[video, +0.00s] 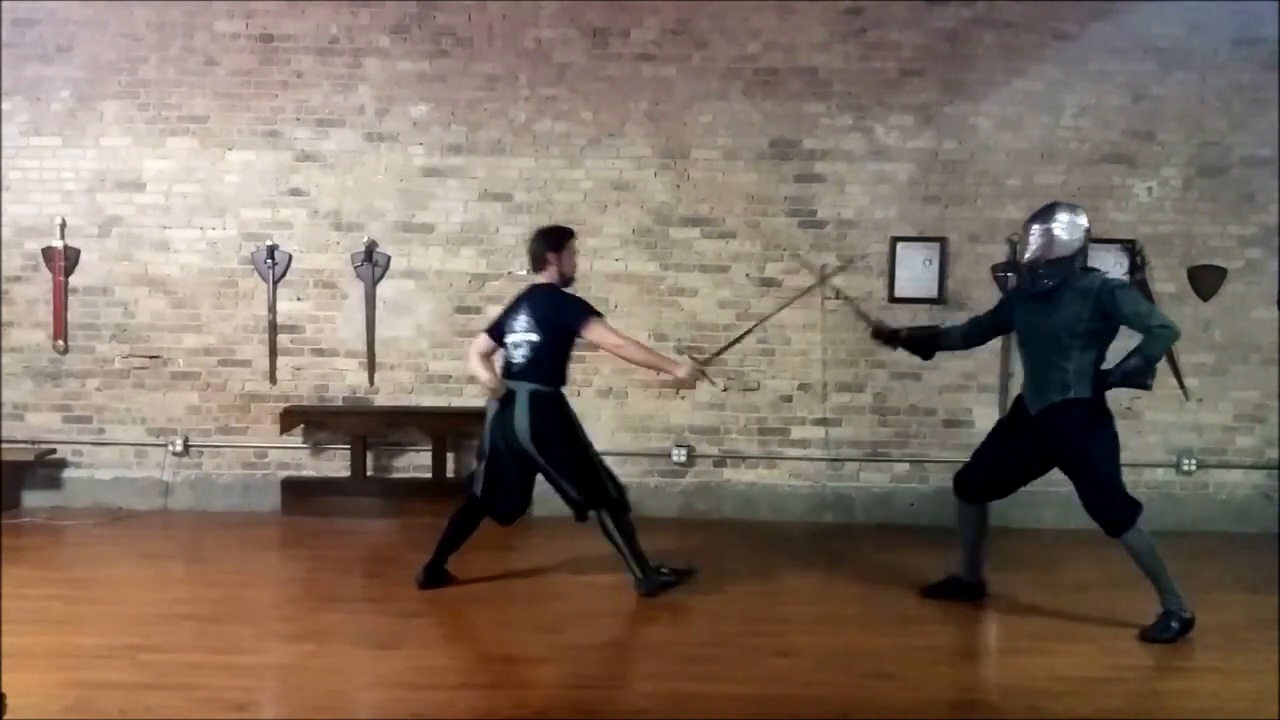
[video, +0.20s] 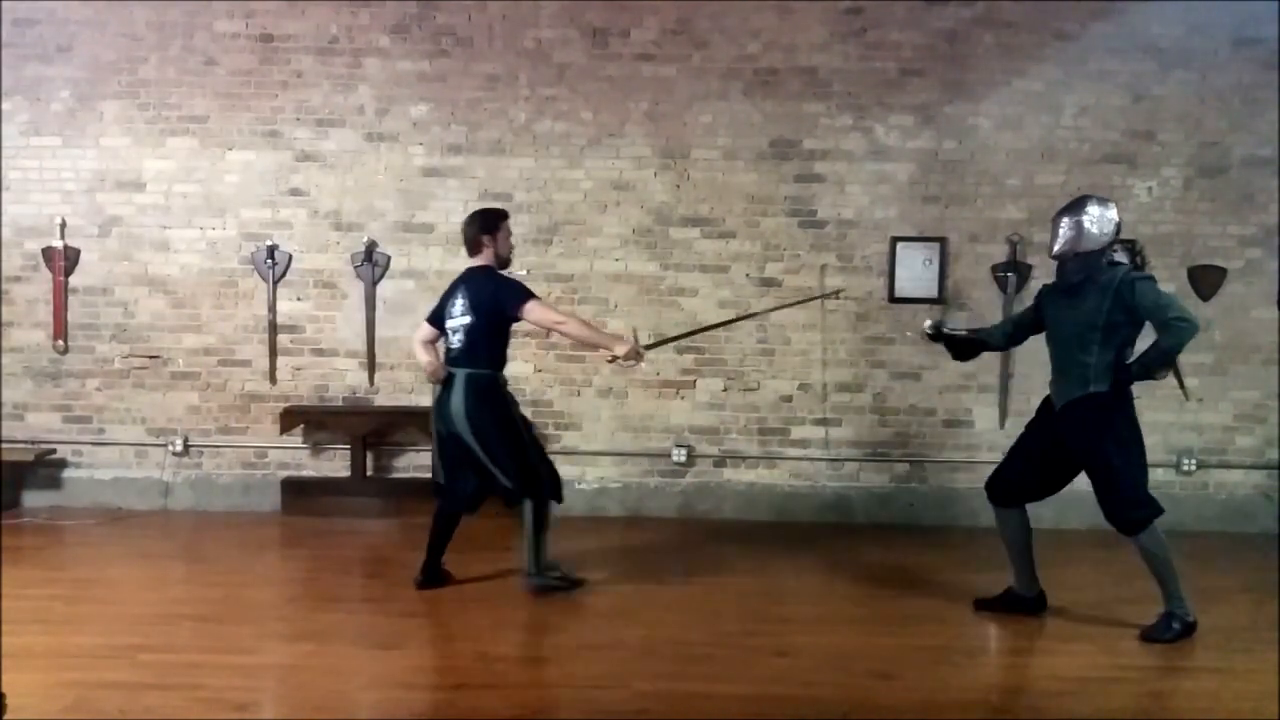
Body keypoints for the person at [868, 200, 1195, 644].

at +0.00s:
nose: (1029, 253)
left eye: (1040, 245)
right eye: (1029, 243)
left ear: (1065, 247)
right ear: (1032, 244)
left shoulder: (1101, 290)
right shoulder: (1022, 298)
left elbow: (1163, 330)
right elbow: (968, 334)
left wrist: (1120, 373)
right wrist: (902, 338)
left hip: (1082, 418)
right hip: (1030, 418)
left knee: (1113, 511)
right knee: (970, 487)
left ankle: (1176, 608)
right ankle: (969, 579)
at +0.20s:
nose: (1061, 240)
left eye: (1072, 229)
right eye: (1060, 229)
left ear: (1096, 233)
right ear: (1063, 234)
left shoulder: (1126, 283)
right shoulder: (1053, 295)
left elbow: (1181, 325)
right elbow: (1010, 331)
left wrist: (1134, 372)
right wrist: (968, 341)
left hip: (1107, 413)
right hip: (1060, 415)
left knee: (1130, 512)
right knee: (1004, 490)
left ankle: (1179, 611)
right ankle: (1026, 592)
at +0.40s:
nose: (1071, 237)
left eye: (1082, 226)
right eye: (1070, 227)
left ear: (1107, 229)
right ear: (1069, 231)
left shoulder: (1138, 280)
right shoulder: (1064, 293)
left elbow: (1198, 320)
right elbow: (1028, 339)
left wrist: (1153, 366)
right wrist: (989, 361)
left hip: (1117, 414)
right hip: (1068, 414)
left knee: (1135, 511)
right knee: (1013, 491)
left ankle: (1179, 611)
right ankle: (1025, 592)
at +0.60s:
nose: (1070, 235)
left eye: (1081, 225)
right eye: (1069, 225)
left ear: (1106, 228)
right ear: (1068, 229)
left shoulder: (1138, 278)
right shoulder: (1064, 291)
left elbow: (1199, 320)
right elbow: (1032, 338)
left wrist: (1151, 366)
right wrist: (995, 367)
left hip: (1117, 411)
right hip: (1068, 412)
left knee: (1136, 509)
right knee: (1016, 491)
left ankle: (1179, 611)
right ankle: (1025, 591)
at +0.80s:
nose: (1069, 236)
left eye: (1079, 225)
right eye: (1068, 226)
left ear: (1105, 227)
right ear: (1067, 229)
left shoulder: (1137, 278)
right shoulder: (1064, 292)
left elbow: (1197, 321)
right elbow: (1031, 348)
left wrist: (1148, 368)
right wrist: (981, 385)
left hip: (1117, 412)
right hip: (1068, 413)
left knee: (1141, 509)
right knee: (1019, 491)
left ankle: (1179, 611)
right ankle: (1025, 591)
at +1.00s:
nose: (1062, 238)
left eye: (1072, 227)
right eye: (1061, 227)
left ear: (1097, 229)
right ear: (1064, 231)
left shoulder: (1131, 277)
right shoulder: (1062, 295)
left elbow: (1190, 320)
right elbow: (1037, 364)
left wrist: (1144, 368)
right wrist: (1000, 415)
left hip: (1115, 412)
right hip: (1067, 414)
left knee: (1139, 509)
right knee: (1016, 492)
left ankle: (1180, 612)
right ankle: (1025, 592)